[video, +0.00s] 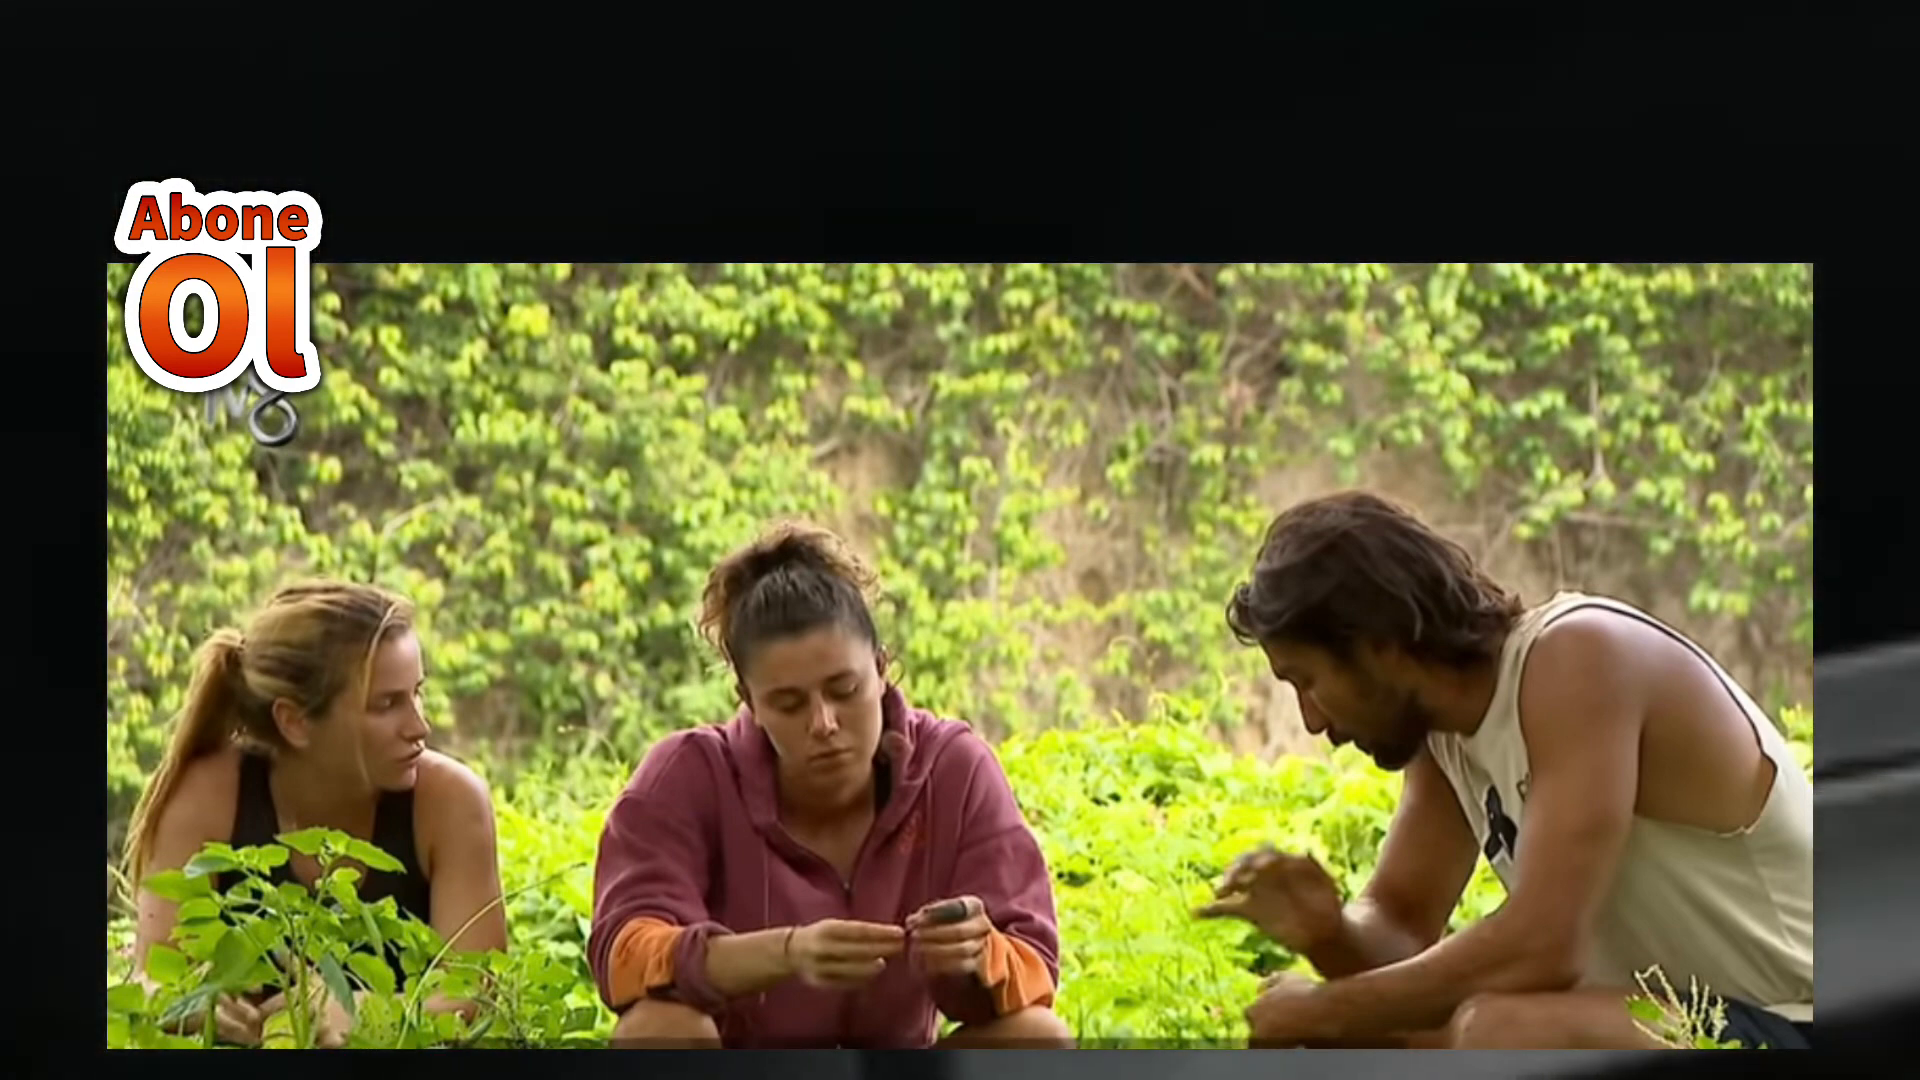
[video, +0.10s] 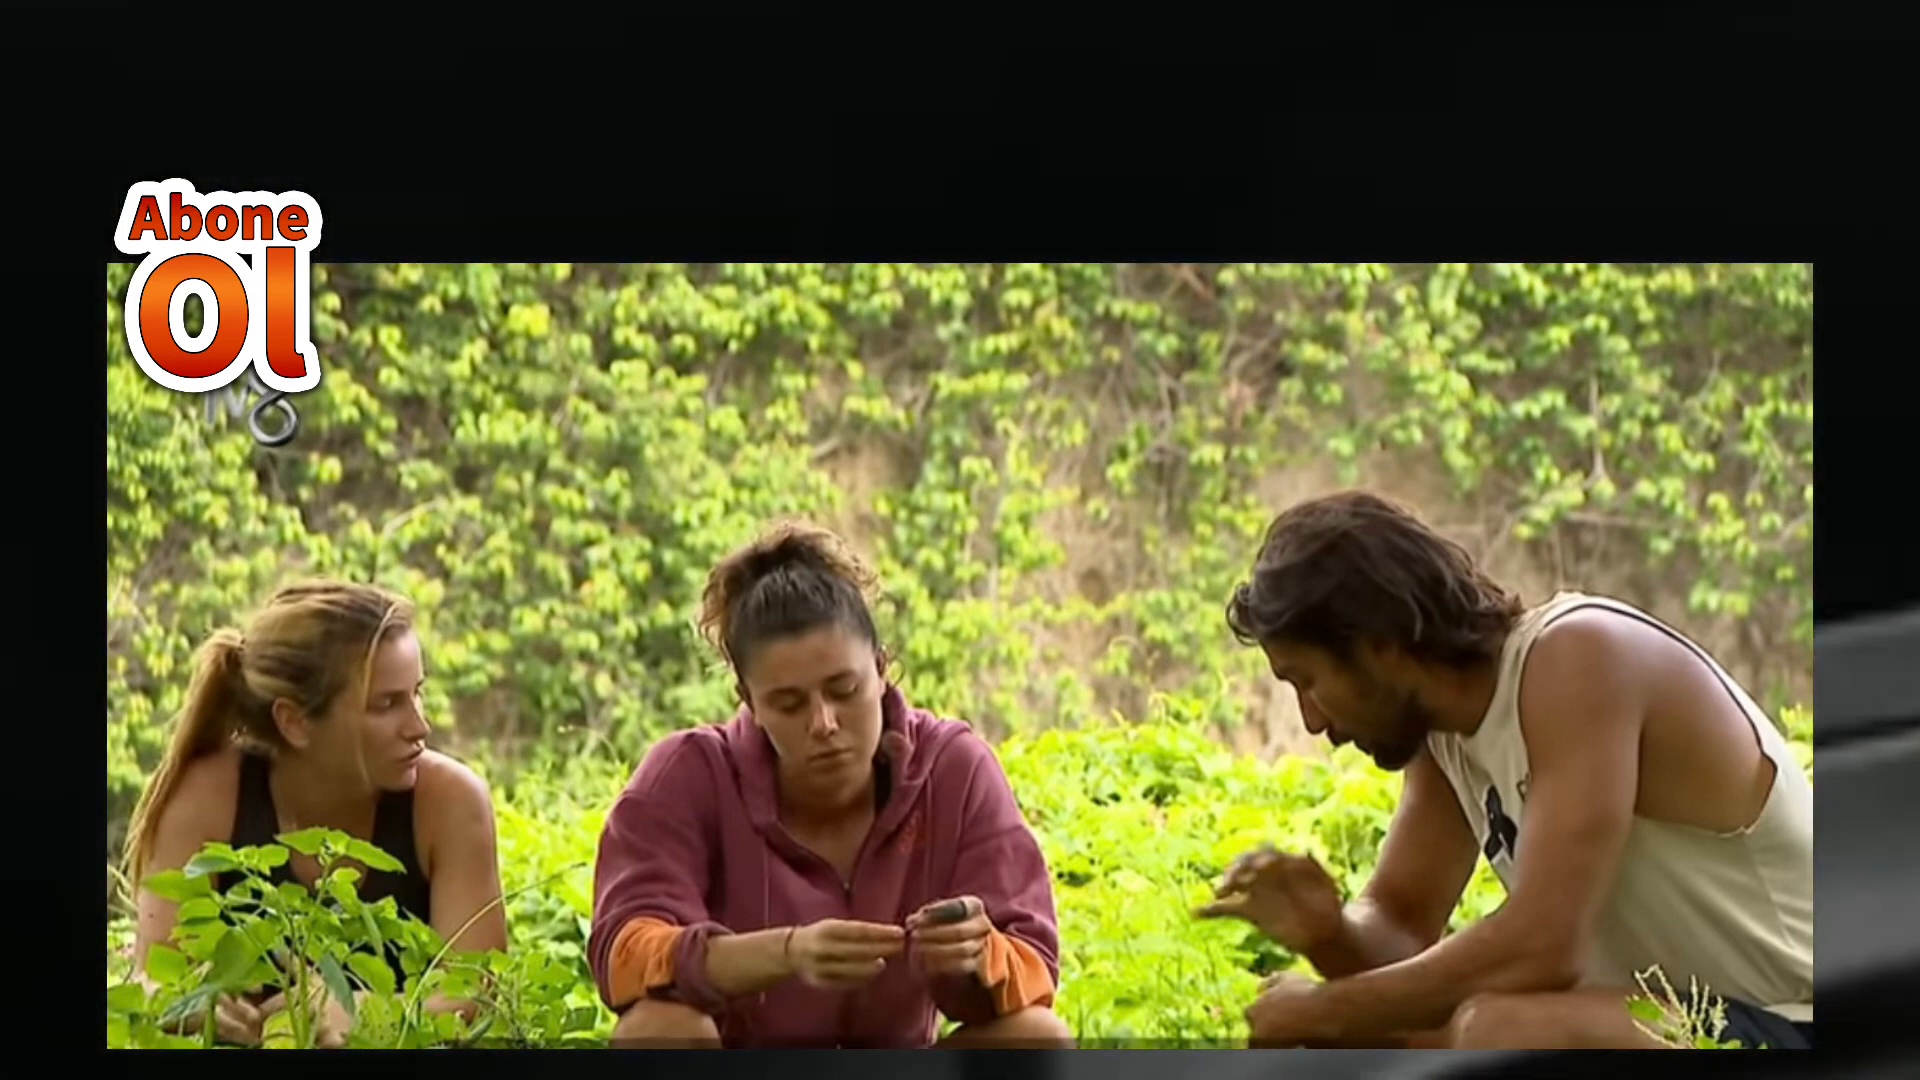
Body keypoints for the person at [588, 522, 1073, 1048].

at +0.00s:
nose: (824, 725)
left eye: (844, 690)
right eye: (789, 703)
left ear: (881, 670)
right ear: (747, 699)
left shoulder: (955, 766)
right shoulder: (687, 774)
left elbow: (1031, 969)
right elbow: (629, 957)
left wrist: (977, 954)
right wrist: (787, 951)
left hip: (900, 1054)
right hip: (740, 1056)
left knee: (1037, 1036)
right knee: (658, 1026)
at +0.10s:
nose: (824, 725)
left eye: (844, 690)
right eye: (789, 703)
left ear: (881, 670)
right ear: (747, 699)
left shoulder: (955, 766)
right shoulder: (687, 773)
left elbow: (1031, 969)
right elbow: (629, 957)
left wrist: (977, 954)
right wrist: (786, 952)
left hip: (899, 1054)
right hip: (740, 1053)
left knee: (1036, 1036)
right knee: (658, 1026)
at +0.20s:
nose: (824, 725)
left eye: (844, 690)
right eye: (789, 703)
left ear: (880, 670)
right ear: (747, 699)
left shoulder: (955, 766)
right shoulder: (687, 773)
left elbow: (1031, 969)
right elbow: (629, 957)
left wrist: (977, 954)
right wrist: (787, 951)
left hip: (899, 1051)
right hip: (740, 1052)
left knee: (1038, 1036)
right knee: (658, 1026)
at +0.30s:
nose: (824, 725)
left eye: (844, 690)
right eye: (789, 703)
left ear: (881, 670)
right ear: (747, 699)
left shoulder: (955, 766)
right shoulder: (687, 774)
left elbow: (1031, 969)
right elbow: (629, 957)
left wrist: (977, 954)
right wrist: (787, 951)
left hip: (899, 1050)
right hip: (740, 1052)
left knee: (1037, 1035)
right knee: (658, 1025)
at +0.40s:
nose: (824, 725)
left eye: (844, 690)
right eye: (789, 703)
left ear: (881, 670)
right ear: (747, 699)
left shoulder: (955, 766)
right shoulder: (687, 773)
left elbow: (1031, 968)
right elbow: (629, 957)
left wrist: (978, 954)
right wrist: (787, 951)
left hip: (898, 1050)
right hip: (740, 1051)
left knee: (1037, 1035)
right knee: (658, 1026)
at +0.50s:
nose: (824, 725)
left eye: (844, 690)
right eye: (789, 703)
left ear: (881, 670)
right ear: (747, 699)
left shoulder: (955, 766)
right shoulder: (687, 773)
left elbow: (1031, 968)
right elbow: (629, 957)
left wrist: (978, 954)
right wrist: (787, 951)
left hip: (898, 1050)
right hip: (740, 1051)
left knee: (1037, 1035)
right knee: (659, 1026)